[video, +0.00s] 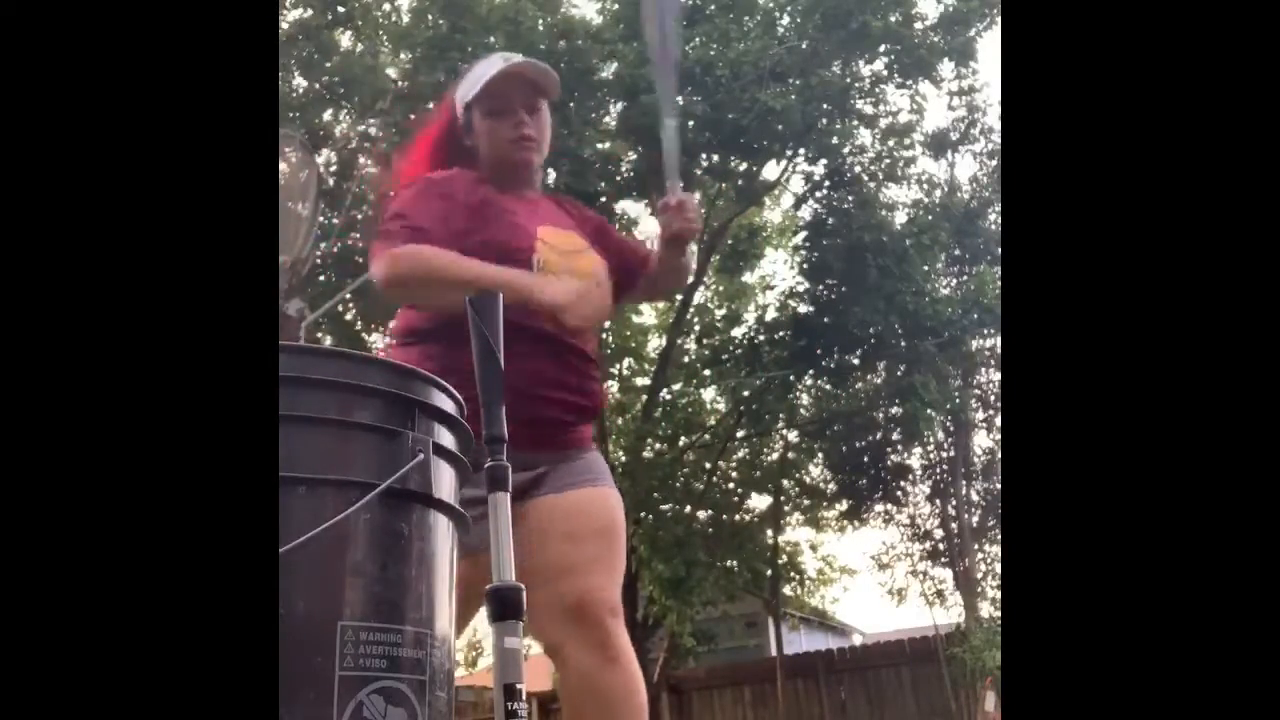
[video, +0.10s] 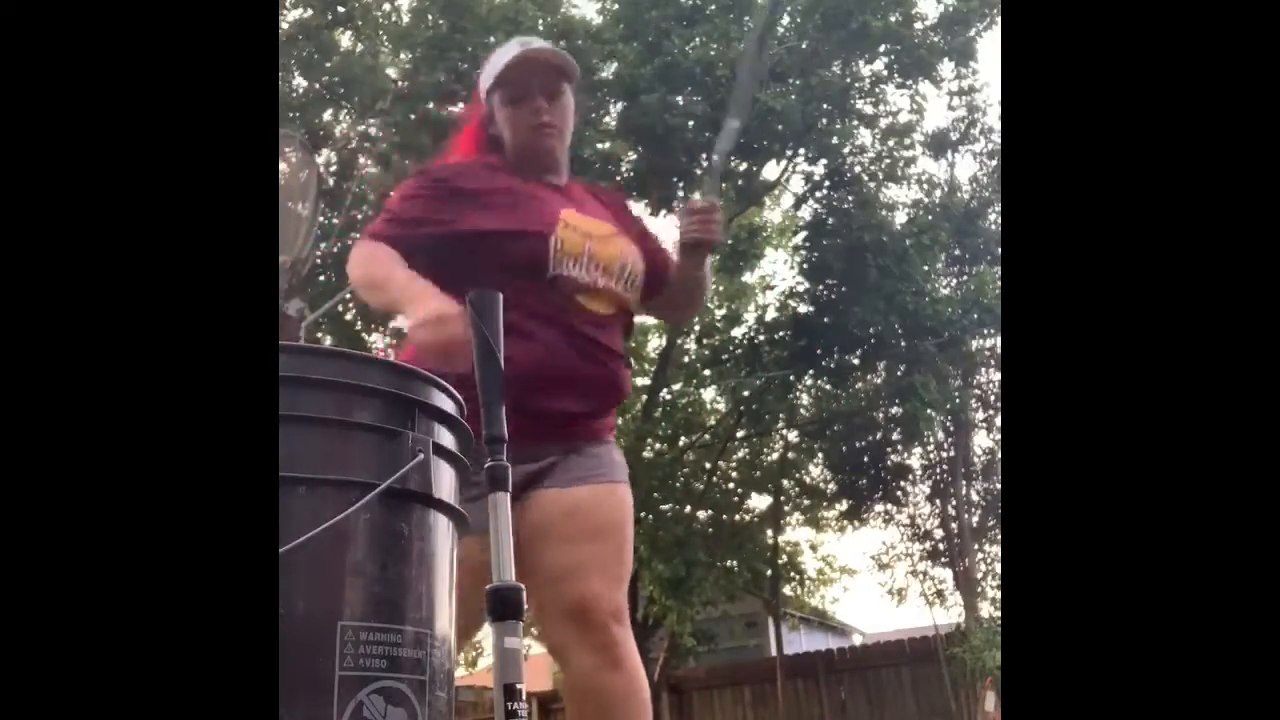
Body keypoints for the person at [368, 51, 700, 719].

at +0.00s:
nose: (525, 122)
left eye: (536, 110)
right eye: (503, 110)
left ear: (551, 126)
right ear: (468, 128)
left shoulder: (575, 217)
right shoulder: (440, 192)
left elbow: (657, 282)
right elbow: (393, 269)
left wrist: (676, 242)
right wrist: (538, 286)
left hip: (559, 450)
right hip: (442, 449)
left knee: (595, 630)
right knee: (404, 643)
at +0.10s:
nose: (545, 108)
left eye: (557, 93)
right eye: (523, 95)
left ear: (575, 109)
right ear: (490, 112)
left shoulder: (609, 206)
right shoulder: (452, 186)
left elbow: (675, 305)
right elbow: (367, 260)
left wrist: (695, 254)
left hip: (575, 448)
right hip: (455, 448)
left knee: (599, 632)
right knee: (421, 644)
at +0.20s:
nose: (551, 87)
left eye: (565, 71)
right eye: (529, 75)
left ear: (588, 87)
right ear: (501, 92)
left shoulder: (632, 192)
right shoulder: (458, 169)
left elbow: (664, 307)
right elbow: (372, 250)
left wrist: (708, 267)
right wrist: (364, 307)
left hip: (583, 440)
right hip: (456, 435)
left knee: (604, 633)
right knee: (429, 631)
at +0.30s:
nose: (542, 67)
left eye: (558, 51)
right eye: (521, 55)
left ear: (585, 65)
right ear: (495, 71)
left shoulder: (638, 174)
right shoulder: (450, 152)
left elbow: (662, 292)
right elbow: (374, 247)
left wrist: (709, 285)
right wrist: (350, 312)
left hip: (586, 431)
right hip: (453, 424)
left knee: (605, 633)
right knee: (410, 623)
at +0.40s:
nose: (522, 48)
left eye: (539, 30)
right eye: (500, 32)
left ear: (569, 41)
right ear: (474, 46)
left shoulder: (628, 155)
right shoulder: (427, 146)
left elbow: (661, 270)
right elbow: (351, 250)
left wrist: (713, 312)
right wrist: (337, 330)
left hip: (579, 428)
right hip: (445, 424)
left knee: (602, 639)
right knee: (398, 627)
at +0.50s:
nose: (491, 29)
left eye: (509, 11)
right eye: (470, 15)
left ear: (541, 21)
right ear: (445, 32)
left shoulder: (605, 142)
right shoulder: (396, 138)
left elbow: (642, 261)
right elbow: (311, 256)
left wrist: (687, 328)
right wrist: (315, 356)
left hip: (568, 432)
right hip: (433, 432)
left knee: (593, 639)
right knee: (397, 633)